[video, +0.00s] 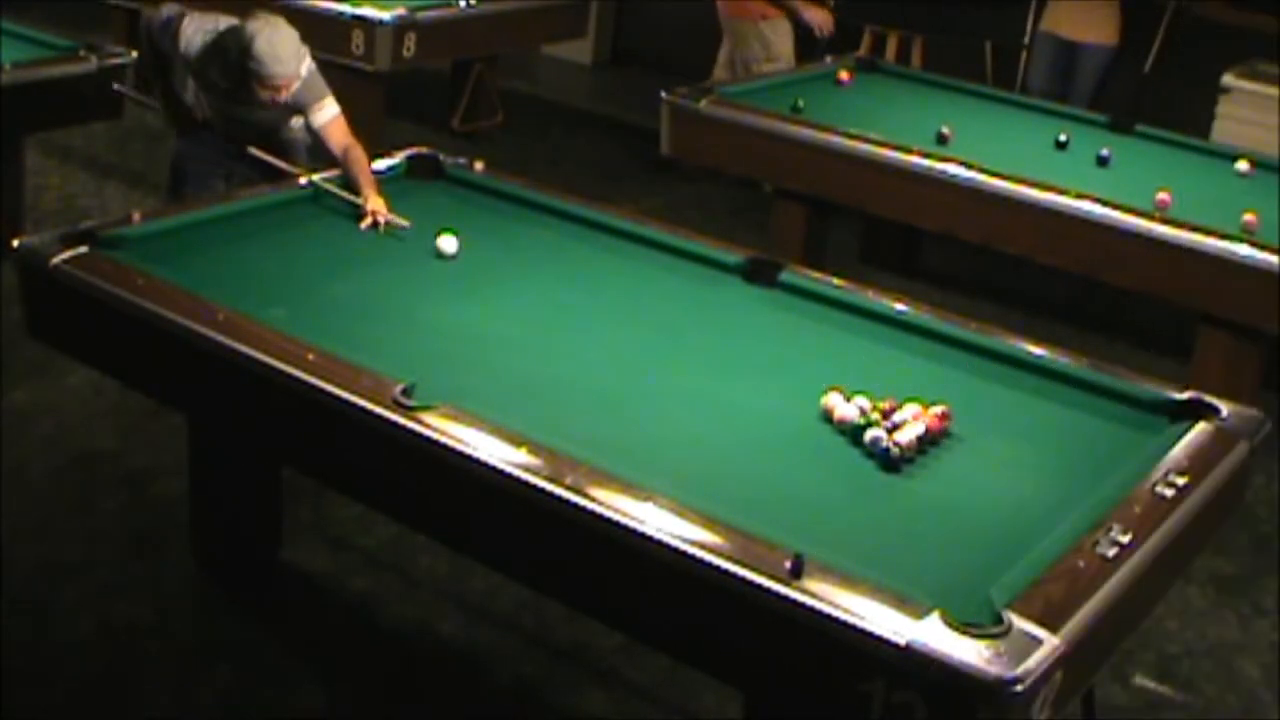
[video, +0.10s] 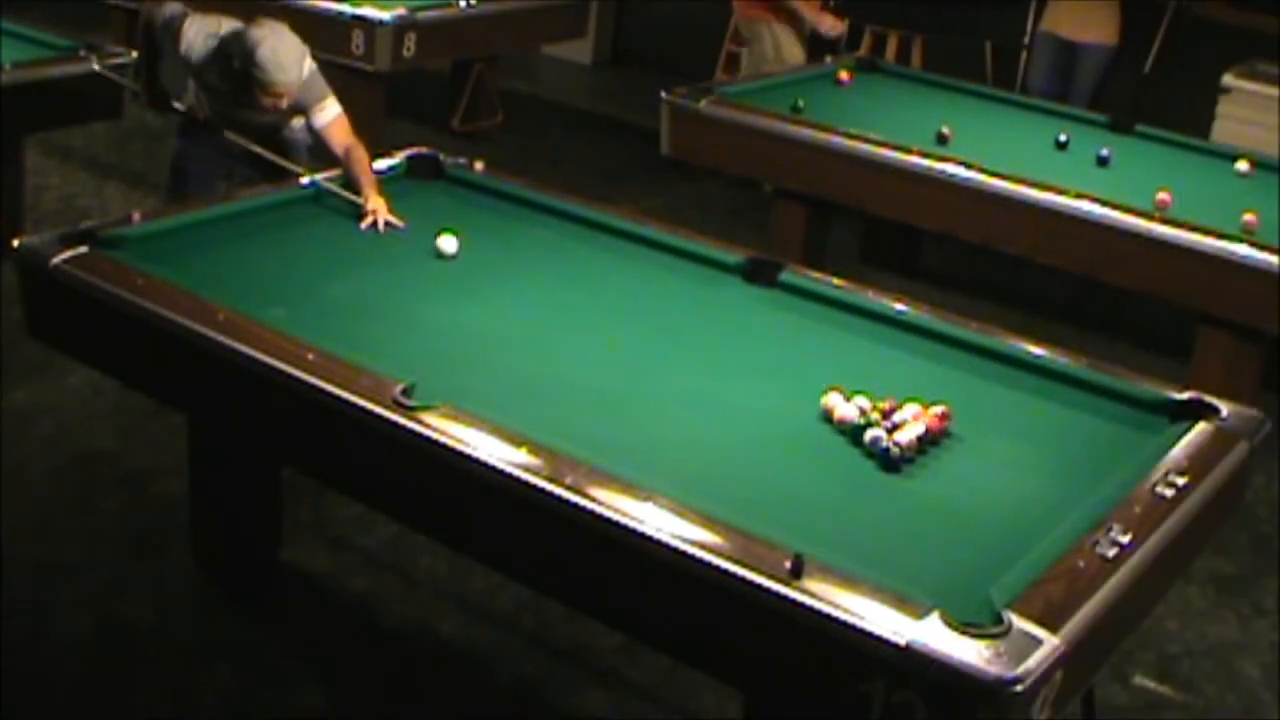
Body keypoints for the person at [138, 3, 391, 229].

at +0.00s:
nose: (283, 97)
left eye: (290, 87)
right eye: (272, 89)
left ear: (300, 68)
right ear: (248, 73)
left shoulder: (306, 75)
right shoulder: (201, 41)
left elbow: (346, 145)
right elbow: (152, 19)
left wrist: (370, 194)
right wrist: (173, 104)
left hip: (274, 139)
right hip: (208, 130)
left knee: (274, 225)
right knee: (195, 222)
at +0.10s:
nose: (283, 104)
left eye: (290, 95)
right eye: (273, 96)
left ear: (300, 75)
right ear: (245, 75)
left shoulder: (306, 75)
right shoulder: (201, 43)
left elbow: (348, 145)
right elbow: (156, 14)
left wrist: (372, 195)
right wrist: (157, 88)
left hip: (271, 139)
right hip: (208, 129)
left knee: (271, 224)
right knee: (193, 218)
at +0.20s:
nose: (284, 109)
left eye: (290, 99)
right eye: (273, 100)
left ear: (299, 78)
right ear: (244, 77)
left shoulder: (305, 74)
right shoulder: (199, 46)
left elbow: (349, 145)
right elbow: (156, 11)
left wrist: (372, 194)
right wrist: (153, 83)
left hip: (274, 137)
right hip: (211, 126)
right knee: (192, 214)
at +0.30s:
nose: (282, 112)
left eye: (289, 102)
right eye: (272, 103)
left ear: (299, 80)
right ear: (242, 76)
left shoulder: (305, 74)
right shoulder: (198, 47)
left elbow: (348, 144)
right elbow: (155, 13)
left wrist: (372, 194)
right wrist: (162, 92)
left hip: (274, 142)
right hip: (208, 130)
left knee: (274, 228)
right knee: (193, 221)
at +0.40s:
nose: (281, 115)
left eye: (288, 106)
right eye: (272, 107)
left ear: (298, 82)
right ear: (242, 80)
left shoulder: (305, 76)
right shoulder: (199, 50)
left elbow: (348, 145)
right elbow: (158, 20)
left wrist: (371, 194)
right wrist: (183, 105)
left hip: (272, 143)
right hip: (208, 133)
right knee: (193, 224)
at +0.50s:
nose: (283, 118)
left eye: (290, 109)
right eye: (272, 109)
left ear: (299, 85)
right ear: (242, 80)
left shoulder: (304, 76)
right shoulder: (200, 53)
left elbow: (348, 145)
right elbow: (162, 15)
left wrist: (373, 194)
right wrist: (173, 102)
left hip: (272, 145)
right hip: (208, 135)